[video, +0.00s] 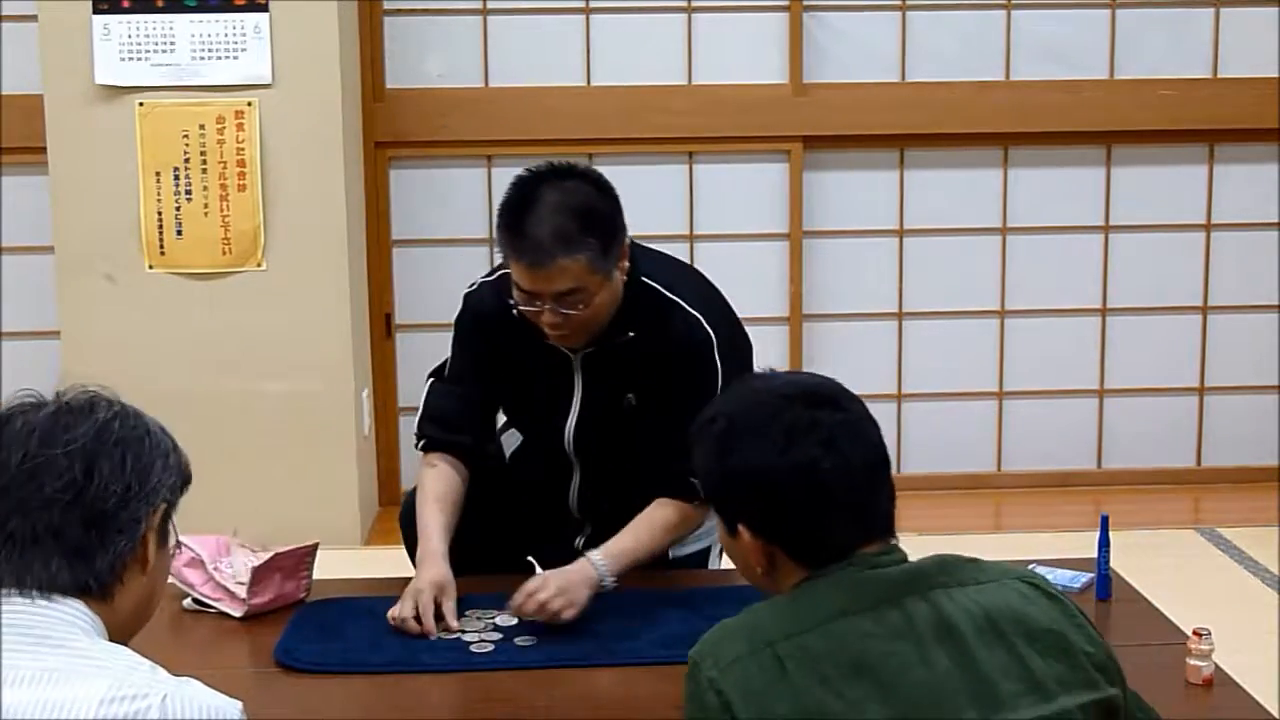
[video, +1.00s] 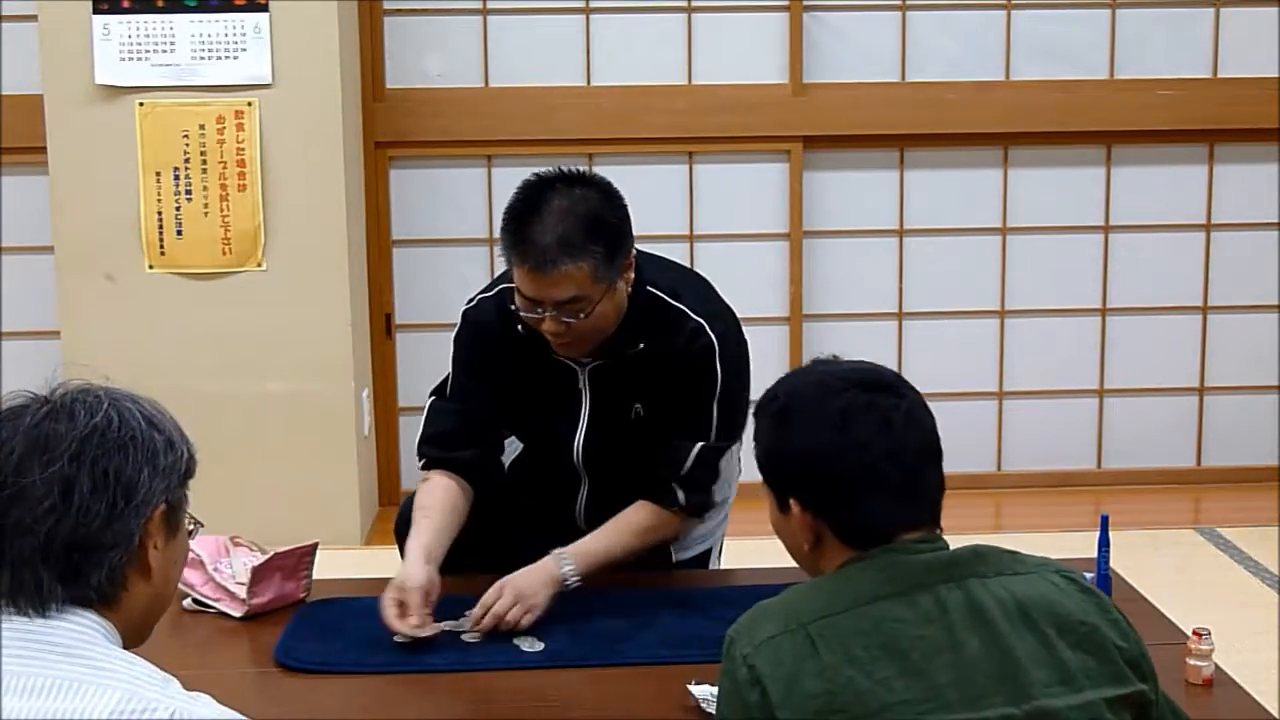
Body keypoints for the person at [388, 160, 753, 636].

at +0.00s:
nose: (548, 319)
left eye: (570, 300)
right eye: (530, 297)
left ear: (621, 262)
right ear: (511, 266)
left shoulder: (694, 328)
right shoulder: (491, 309)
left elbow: (695, 490)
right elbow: (448, 441)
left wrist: (592, 569)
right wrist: (432, 557)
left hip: (651, 512)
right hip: (545, 504)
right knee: (423, 512)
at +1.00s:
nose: (550, 326)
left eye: (572, 308)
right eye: (532, 304)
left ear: (626, 273)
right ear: (514, 272)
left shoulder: (701, 335)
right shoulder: (492, 319)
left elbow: (680, 500)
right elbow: (455, 456)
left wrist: (556, 569)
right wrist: (421, 560)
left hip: (654, 538)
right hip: (534, 526)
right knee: (422, 518)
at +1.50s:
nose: (527, 318)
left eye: (548, 301)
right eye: (510, 296)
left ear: (607, 267)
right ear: (493, 267)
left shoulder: (687, 330)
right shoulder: (482, 316)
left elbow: (666, 496)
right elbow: (434, 447)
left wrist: (549, 574)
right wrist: (391, 546)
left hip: (653, 544)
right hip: (528, 535)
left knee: (642, 690)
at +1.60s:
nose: (523, 321)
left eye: (542, 304)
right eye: (506, 300)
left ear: (602, 267)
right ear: (491, 272)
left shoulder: (682, 329)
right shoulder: (479, 320)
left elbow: (672, 494)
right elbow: (431, 451)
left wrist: (551, 578)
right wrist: (405, 558)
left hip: (652, 540)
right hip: (530, 533)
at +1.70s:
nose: (522, 322)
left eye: (541, 304)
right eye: (505, 301)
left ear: (600, 267)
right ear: (490, 273)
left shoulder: (681, 328)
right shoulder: (479, 322)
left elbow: (674, 492)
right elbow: (433, 452)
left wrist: (552, 579)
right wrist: (406, 563)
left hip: (651, 530)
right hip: (532, 519)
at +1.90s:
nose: (520, 323)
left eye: (541, 304)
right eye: (501, 303)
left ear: (597, 269)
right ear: (486, 277)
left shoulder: (676, 329)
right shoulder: (475, 331)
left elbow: (672, 492)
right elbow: (429, 462)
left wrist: (572, 578)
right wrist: (377, 570)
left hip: (652, 524)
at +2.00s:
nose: (520, 324)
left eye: (540, 304)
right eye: (501, 303)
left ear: (597, 269)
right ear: (485, 277)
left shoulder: (678, 328)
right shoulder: (476, 331)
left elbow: (684, 487)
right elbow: (425, 464)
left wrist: (587, 571)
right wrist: (373, 573)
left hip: (655, 524)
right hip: (537, 514)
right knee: (432, 524)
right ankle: (472, 679)